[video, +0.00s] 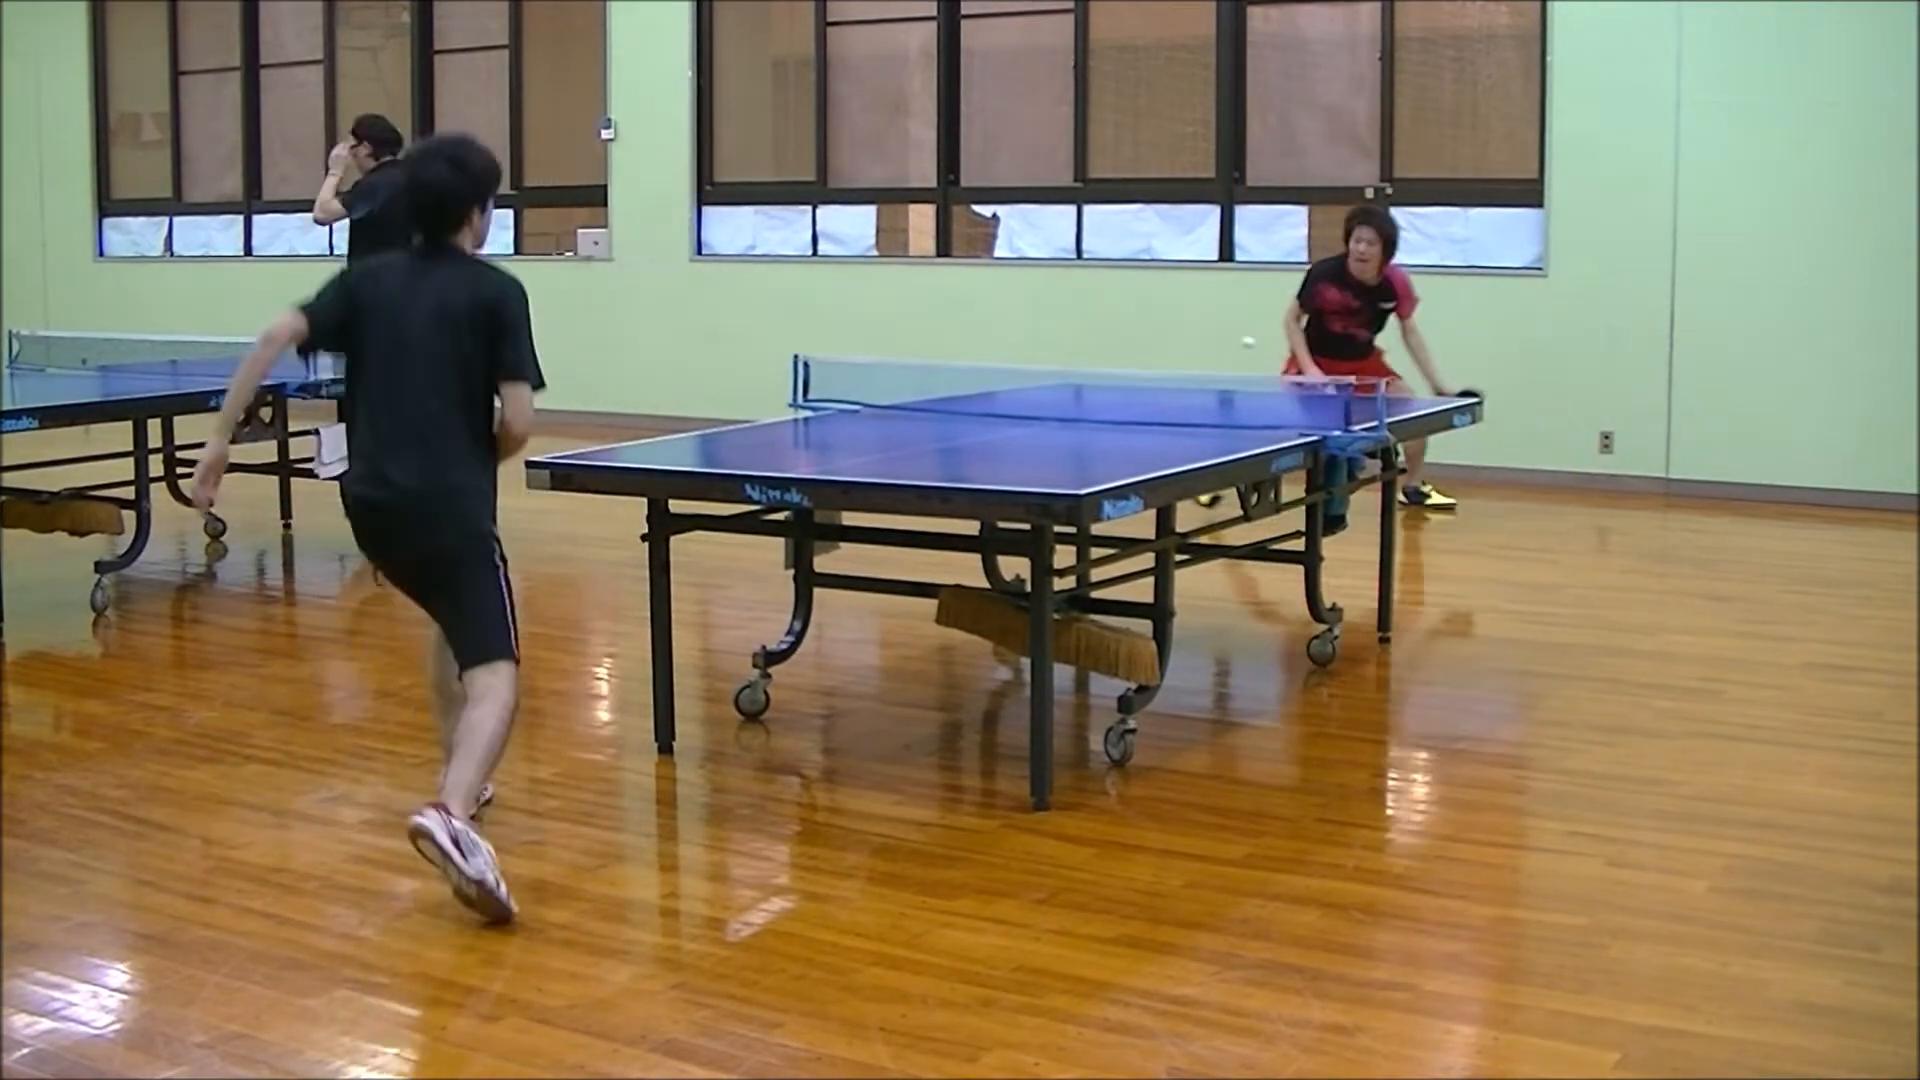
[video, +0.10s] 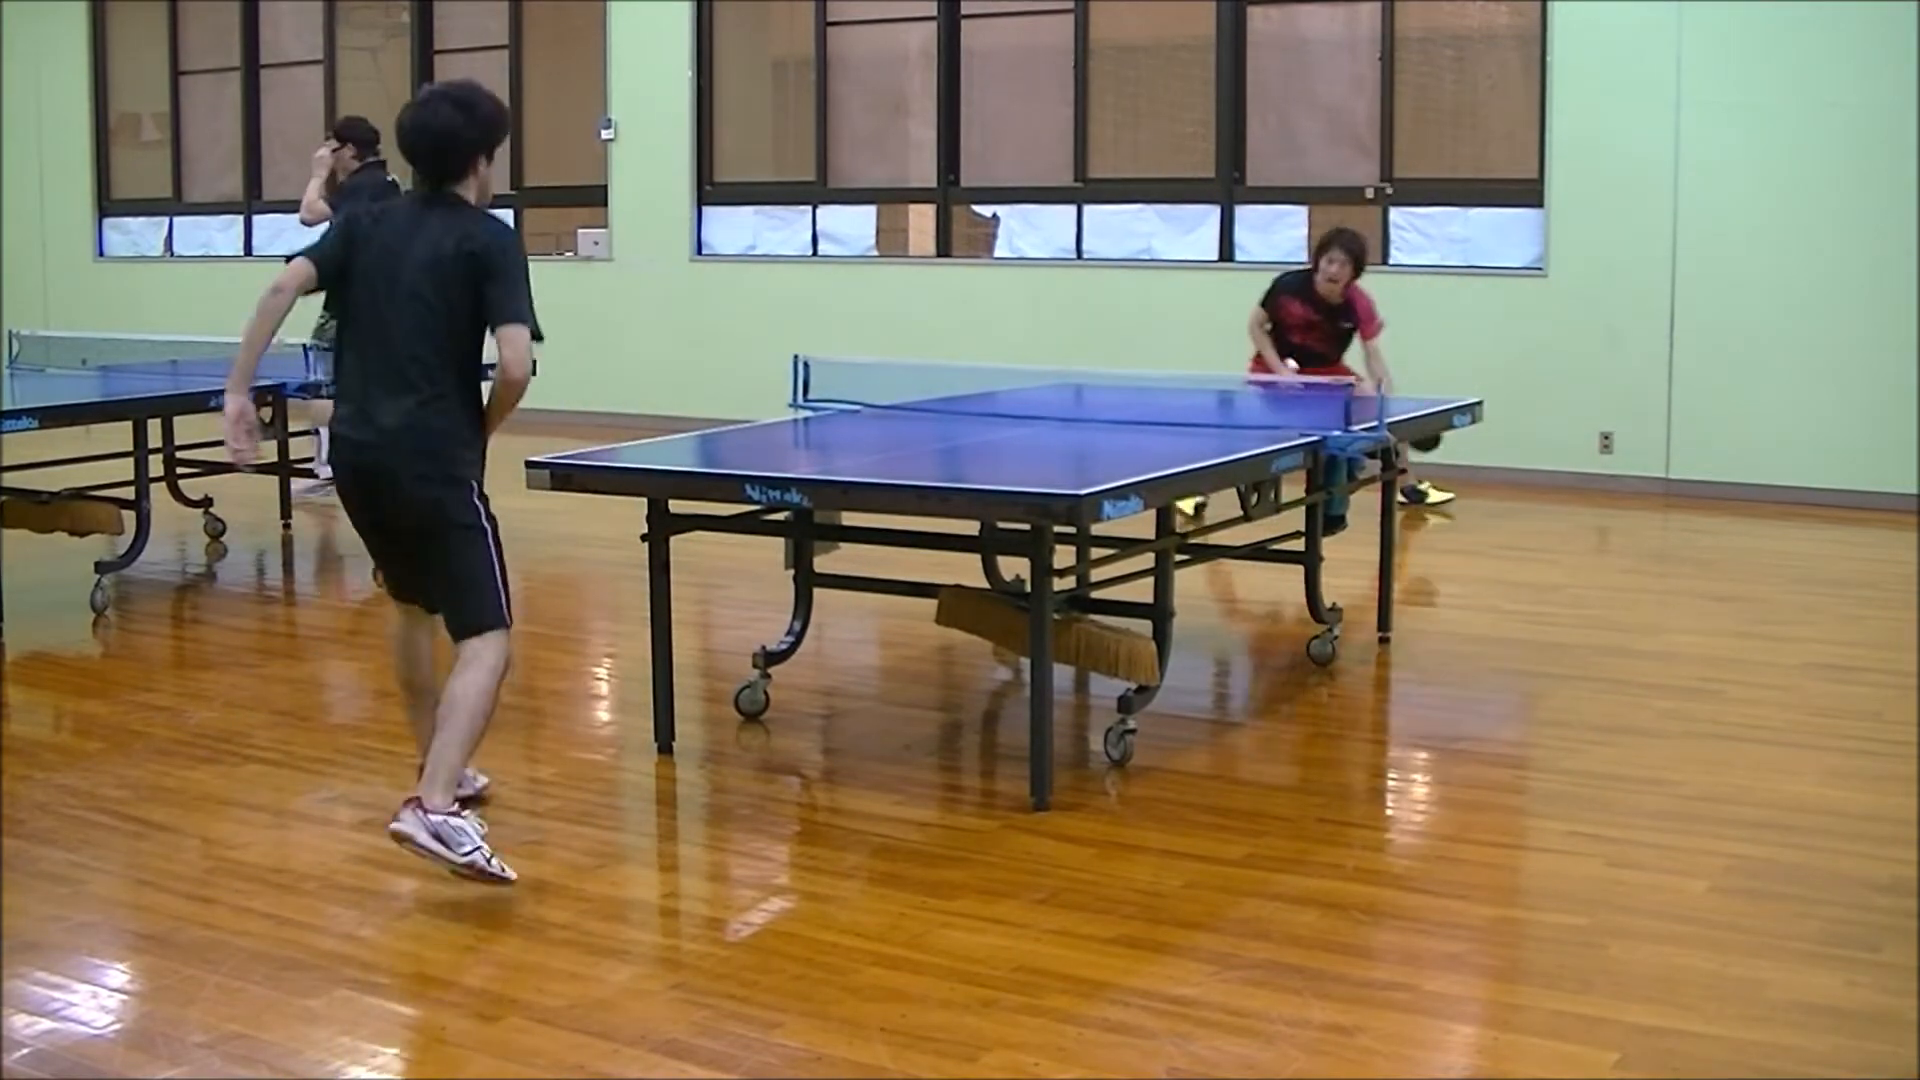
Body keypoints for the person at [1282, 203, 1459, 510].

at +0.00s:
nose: (1361, 249)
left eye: (1370, 243)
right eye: (1356, 241)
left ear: (1386, 249)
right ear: (1347, 242)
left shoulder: (1395, 282)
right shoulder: (1322, 274)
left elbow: (1410, 334)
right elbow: (1292, 320)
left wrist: (1438, 387)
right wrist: (1310, 369)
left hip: (1364, 366)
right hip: (1315, 365)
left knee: (1415, 412)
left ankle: (1412, 485)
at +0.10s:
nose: (1332, 270)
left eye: (1342, 264)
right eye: (1328, 260)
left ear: (1355, 272)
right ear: (1317, 260)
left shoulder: (1358, 303)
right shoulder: (1288, 285)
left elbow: (1371, 352)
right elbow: (1256, 326)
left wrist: (1385, 389)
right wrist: (1278, 367)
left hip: (1330, 377)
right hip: (1275, 376)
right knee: (1241, 427)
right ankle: (1198, 494)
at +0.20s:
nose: (1304, 285)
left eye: (1312, 280)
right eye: (1299, 275)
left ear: (1319, 284)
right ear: (1285, 269)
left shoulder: (1317, 315)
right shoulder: (1248, 291)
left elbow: (1330, 366)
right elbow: (1217, 328)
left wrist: (1335, 401)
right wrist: (1243, 368)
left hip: (1295, 386)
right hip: (1240, 382)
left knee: (1355, 418)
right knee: (1203, 428)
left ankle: (1398, 480)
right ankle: (1190, 499)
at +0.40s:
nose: (1209, 278)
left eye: (1218, 273)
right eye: (1205, 271)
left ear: (1229, 277)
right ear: (1195, 272)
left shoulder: (1235, 303)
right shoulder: (1187, 298)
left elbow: (1231, 346)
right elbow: (1185, 331)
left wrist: (1224, 347)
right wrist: (1170, 357)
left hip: (1275, 383)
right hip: (1228, 381)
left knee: (1308, 430)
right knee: (1188, 423)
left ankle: (1350, 471)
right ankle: (1191, 499)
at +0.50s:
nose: (1187, 253)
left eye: (1194, 246)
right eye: (1182, 247)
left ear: (1210, 249)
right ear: (1175, 253)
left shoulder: (1221, 276)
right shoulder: (1193, 286)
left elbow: (1202, 316)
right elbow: (1211, 331)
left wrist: (1154, 327)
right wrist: (1177, 354)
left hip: (1278, 379)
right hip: (1236, 380)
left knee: (1289, 454)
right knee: (1189, 424)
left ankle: (1327, 501)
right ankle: (1191, 496)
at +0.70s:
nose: (1207, 209)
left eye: (1214, 202)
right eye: (1200, 204)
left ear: (1229, 204)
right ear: (1194, 211)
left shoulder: (1243, 238)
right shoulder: (1213, 248)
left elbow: (1249, 296)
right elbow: (1239, 299)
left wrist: (1198, 309)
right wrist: (1200, 319)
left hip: (1291, 348)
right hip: (1249, 346)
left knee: (1309, 422)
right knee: (1202, 404)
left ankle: (1340, 489)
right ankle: (1194, 490)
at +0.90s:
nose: (1247, 221)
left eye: (1255, 215)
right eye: (1241, 214)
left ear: (1268, 220)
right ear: (1234, 221)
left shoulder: (1286, 253)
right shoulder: (1233, 258)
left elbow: (1308, 306)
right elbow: (1229, 302)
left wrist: (1253, 318)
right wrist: (1225, 318)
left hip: (1310, 362)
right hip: (1265, 360)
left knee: (1312, 432)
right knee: (1219, 407)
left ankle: (1379, 476)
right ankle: (1204, 486)